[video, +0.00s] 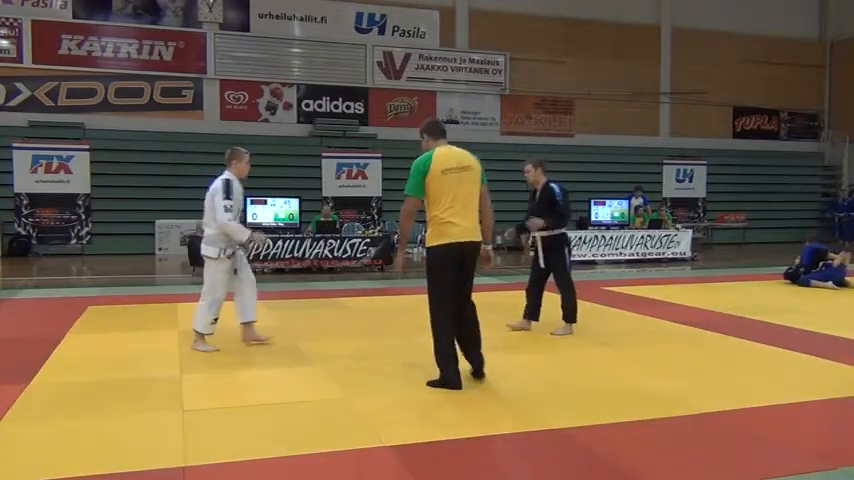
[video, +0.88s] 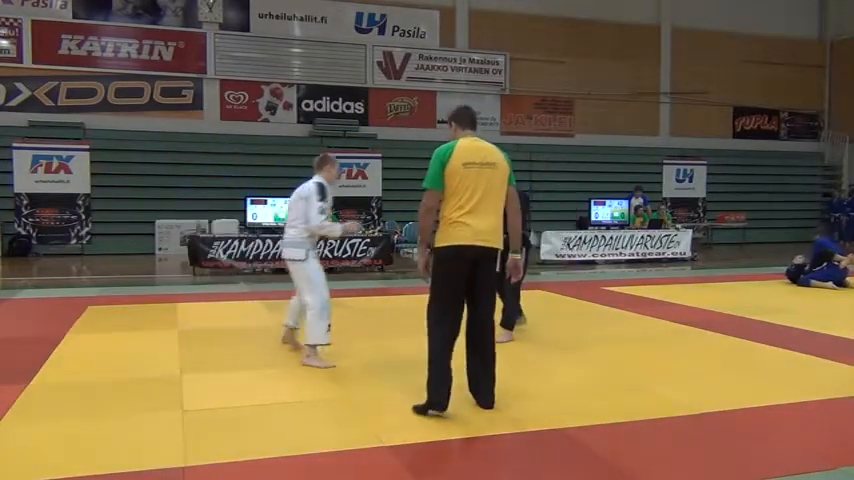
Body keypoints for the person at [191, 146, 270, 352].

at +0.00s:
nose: (249, 168)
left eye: (249, 163)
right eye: (247, 163)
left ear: (235, 164)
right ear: (235, 164)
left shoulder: (233, 185)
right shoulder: (224, 184)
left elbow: (230, 221)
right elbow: (224, 221)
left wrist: (248, 236)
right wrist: (249, 236)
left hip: (232, 247)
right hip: (217, 248)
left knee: (247, 284)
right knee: (213, 292)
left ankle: (248, 330)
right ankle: (199, 338)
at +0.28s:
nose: (281, 175)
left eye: (281, 171)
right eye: (279, 171)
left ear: (267, 171)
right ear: (268, 171)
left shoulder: (263, 191)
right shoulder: (258, 189)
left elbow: (252, 224)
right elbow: (252, 224)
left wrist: (267, 237)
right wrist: (277, 232)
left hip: (254, 253)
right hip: (238, 253)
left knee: (267, 290)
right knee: (230, 295)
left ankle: (273, 335)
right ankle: (202, 336)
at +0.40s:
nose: (295, 175)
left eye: (295, 171)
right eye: (293, 170)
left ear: (281, 169)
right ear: (282, 169)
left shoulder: (273, 187)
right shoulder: (273, 186)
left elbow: (266, 222)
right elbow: (269, 220)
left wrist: (288, 231)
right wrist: (291, 229)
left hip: (261, 248)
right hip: (250, 249)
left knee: (272, 289)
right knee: (254, 292)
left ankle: (273, 335)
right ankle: (220, 324)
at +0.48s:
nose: (302, 173)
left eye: (302, 169)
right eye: (301, 168)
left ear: (289, 167)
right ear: (292, 167)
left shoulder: (285, 186)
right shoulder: (278, 183)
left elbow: (281, 219)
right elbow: (279, 217)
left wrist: (304, 229)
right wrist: (304, 228)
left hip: (267, 246)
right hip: (255, 245)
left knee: (273, 289)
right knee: (265, 290)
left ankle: (273, 335)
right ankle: (242, 329)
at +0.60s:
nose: (313, 174)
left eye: (313, 169)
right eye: (311, 169)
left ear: (298, 168)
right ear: (302, 168)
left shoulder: (292, 187)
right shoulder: (287, 187)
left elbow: (294, 221)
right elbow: (293, 221)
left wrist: (322, 229)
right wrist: (323, 229)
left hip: (271, 248)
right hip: (267, 248)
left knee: (278, 291)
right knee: (280, 292)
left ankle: (274, 336)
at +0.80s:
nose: (331, 176)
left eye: (330, 171)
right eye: (329, 171)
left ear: (316, 171)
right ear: (319, 171)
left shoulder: (306, 190)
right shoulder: (307, 191)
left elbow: (304, 225)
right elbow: (304, 226)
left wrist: (330, 229)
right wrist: (332, 231)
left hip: (288, 250)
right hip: (291, 251)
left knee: (294, 293)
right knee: (309, 296)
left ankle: (279, 332)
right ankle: (310, 350)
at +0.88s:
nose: (338, 173)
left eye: (337, 169)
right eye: (336, 169)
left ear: (319, 168)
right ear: (329, 168)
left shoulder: (306, 188)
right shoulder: (317, 188)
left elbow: (310, 223)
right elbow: (316, 225)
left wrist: (339, 228)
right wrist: (343, 228)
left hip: (293, 249)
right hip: (302, 251)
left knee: (304, 293)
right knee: (318, 297)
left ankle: (289, 331)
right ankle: (311, 352)